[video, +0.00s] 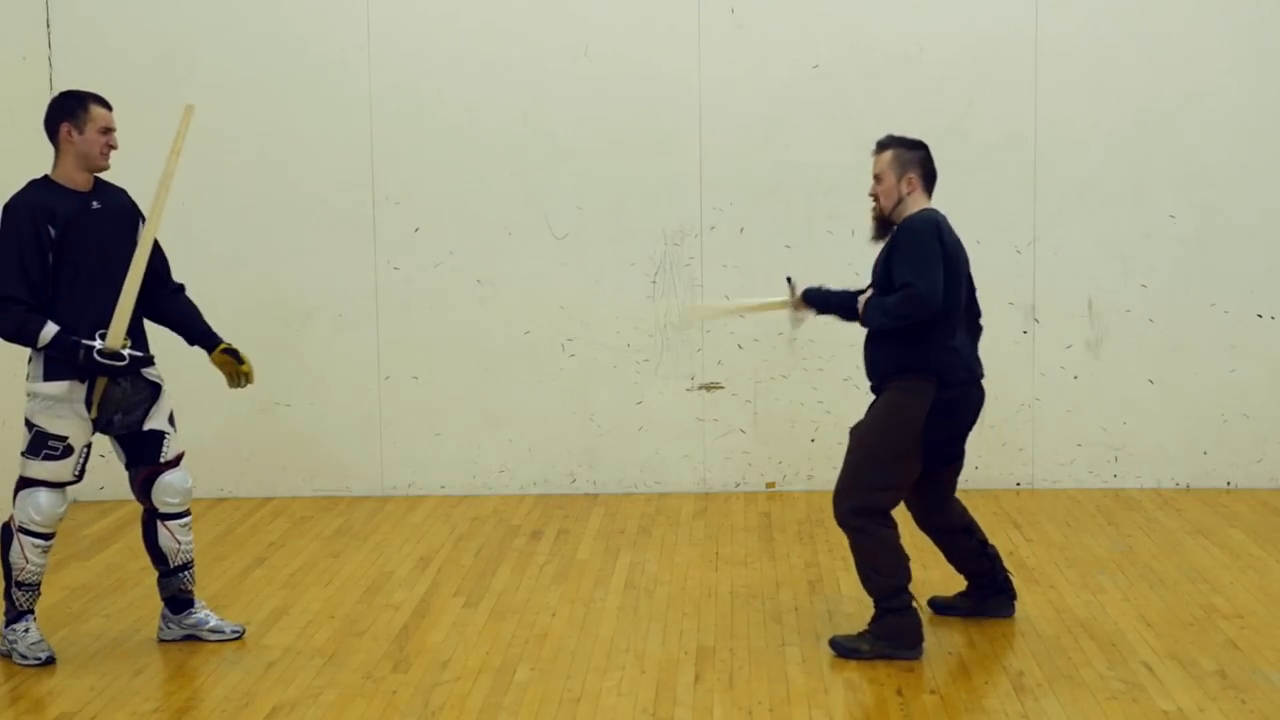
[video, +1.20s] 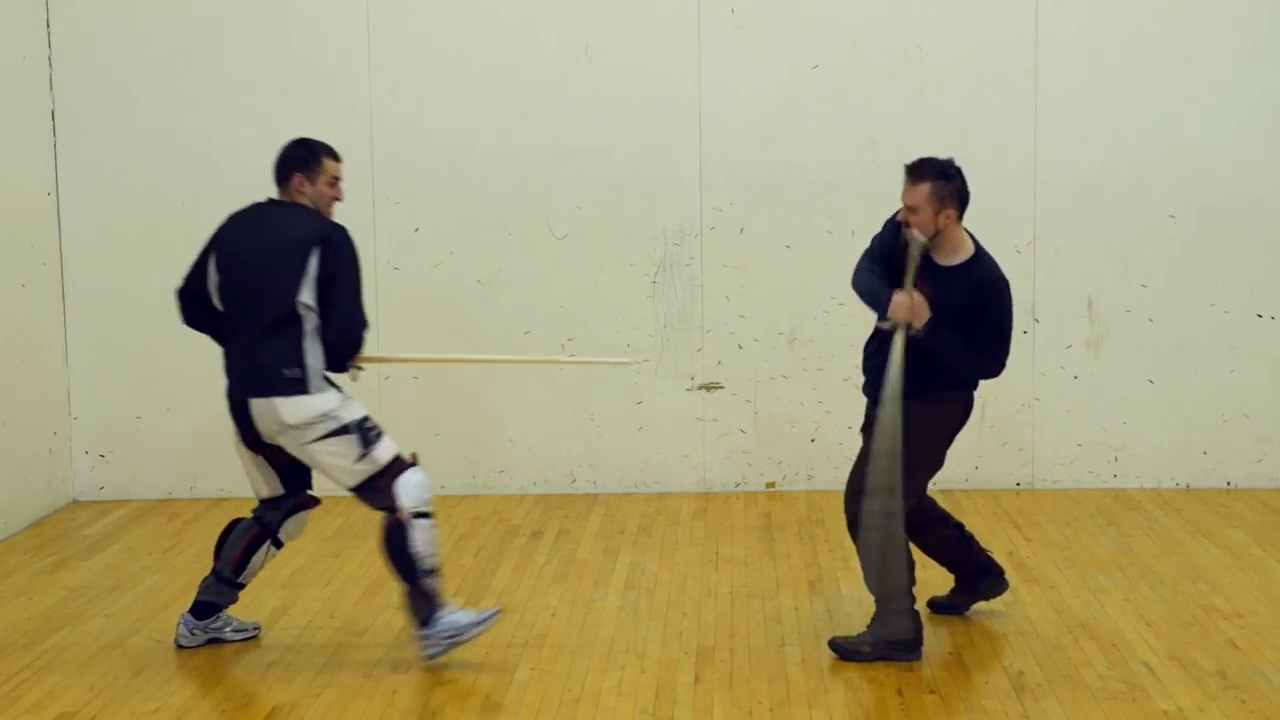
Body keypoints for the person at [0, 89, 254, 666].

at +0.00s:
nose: (114, 142)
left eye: (114, 133)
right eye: (104, 132)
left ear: (85, 136)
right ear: (68, 134)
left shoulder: (122, 207)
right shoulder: (28, 210)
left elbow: (158, 290)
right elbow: (8, 310)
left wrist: (212, 343)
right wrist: (76, 348)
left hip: (133, 372)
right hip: (61, 376)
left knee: (170, 489)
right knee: (42, 503)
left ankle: (181, 611)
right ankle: (19, 622)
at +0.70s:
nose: (130, 148)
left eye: (131, 138)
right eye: (122, 138)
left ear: (101, 142)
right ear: (88, 140)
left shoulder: (125, 208)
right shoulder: (51, 213)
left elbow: (147, 289)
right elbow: (43, 318)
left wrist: (210, 317)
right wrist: (114, 335)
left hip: (140, 373)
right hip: (76, 379)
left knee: (193, 480)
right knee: (51, 501)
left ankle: (191, 610)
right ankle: (17, 622)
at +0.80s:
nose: (160, 151)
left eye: (160, 142)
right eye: (151, 142)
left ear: (129, 145)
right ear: (116, 144)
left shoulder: (149, 211)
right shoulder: (87, 217)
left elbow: (166, 293)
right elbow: (104, 320)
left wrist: (220, 317)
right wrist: (188, 327)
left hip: (158, 375)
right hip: (101, 386)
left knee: (213, 485)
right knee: (76, 500)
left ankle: (198, 614)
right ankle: (20, 621)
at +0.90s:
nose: (199, 152)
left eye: (198, 141)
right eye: (190, 141)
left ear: (159, 145)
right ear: (156, 144)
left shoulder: (162, 206)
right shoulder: (151, 208)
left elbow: (179, 303)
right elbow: (178, 306)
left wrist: (235, 324)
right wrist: (241, 321)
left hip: (194, 381)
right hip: (154, 387)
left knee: (232, 488)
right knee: (151, 508)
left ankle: (200, 615)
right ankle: (49, 603)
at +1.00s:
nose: (238, 150)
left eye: (238, 140)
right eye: (230, 140)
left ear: (194, 143)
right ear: (196, 141)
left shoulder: (166, 194)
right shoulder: (213, 196)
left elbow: (164, 289)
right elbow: (237, 285)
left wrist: (236, 331)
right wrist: (267, 324)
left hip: (182, 372)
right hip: (201, 375)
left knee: (240, 489)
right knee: (239, 497)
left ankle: (200, 614)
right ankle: (137, 590)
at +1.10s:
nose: (292, 170)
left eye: (292, 160)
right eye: (284, 160)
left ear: (242, 162)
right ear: (249, 159)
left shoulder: (195, 208)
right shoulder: (280, 211)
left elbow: (155, 290)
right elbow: (298, 301)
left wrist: (209, 332)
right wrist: (295, 343)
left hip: (206, 378)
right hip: (253, 375)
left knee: (261, 493)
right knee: (329, 489)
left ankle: (201, 616)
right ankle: (291, 626)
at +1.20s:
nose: (339, 195)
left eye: (339, 184)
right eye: (332, 183)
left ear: (290, 184)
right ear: (298, 181)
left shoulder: (235, 226)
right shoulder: (326, 236)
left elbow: (193, 302)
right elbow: (344, 332)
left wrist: (247, 339)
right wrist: (340, 358)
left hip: (246, 397)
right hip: (303, 394)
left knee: (285, 507)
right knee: (406, 488)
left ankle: (203, 616)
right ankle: (433, 620)